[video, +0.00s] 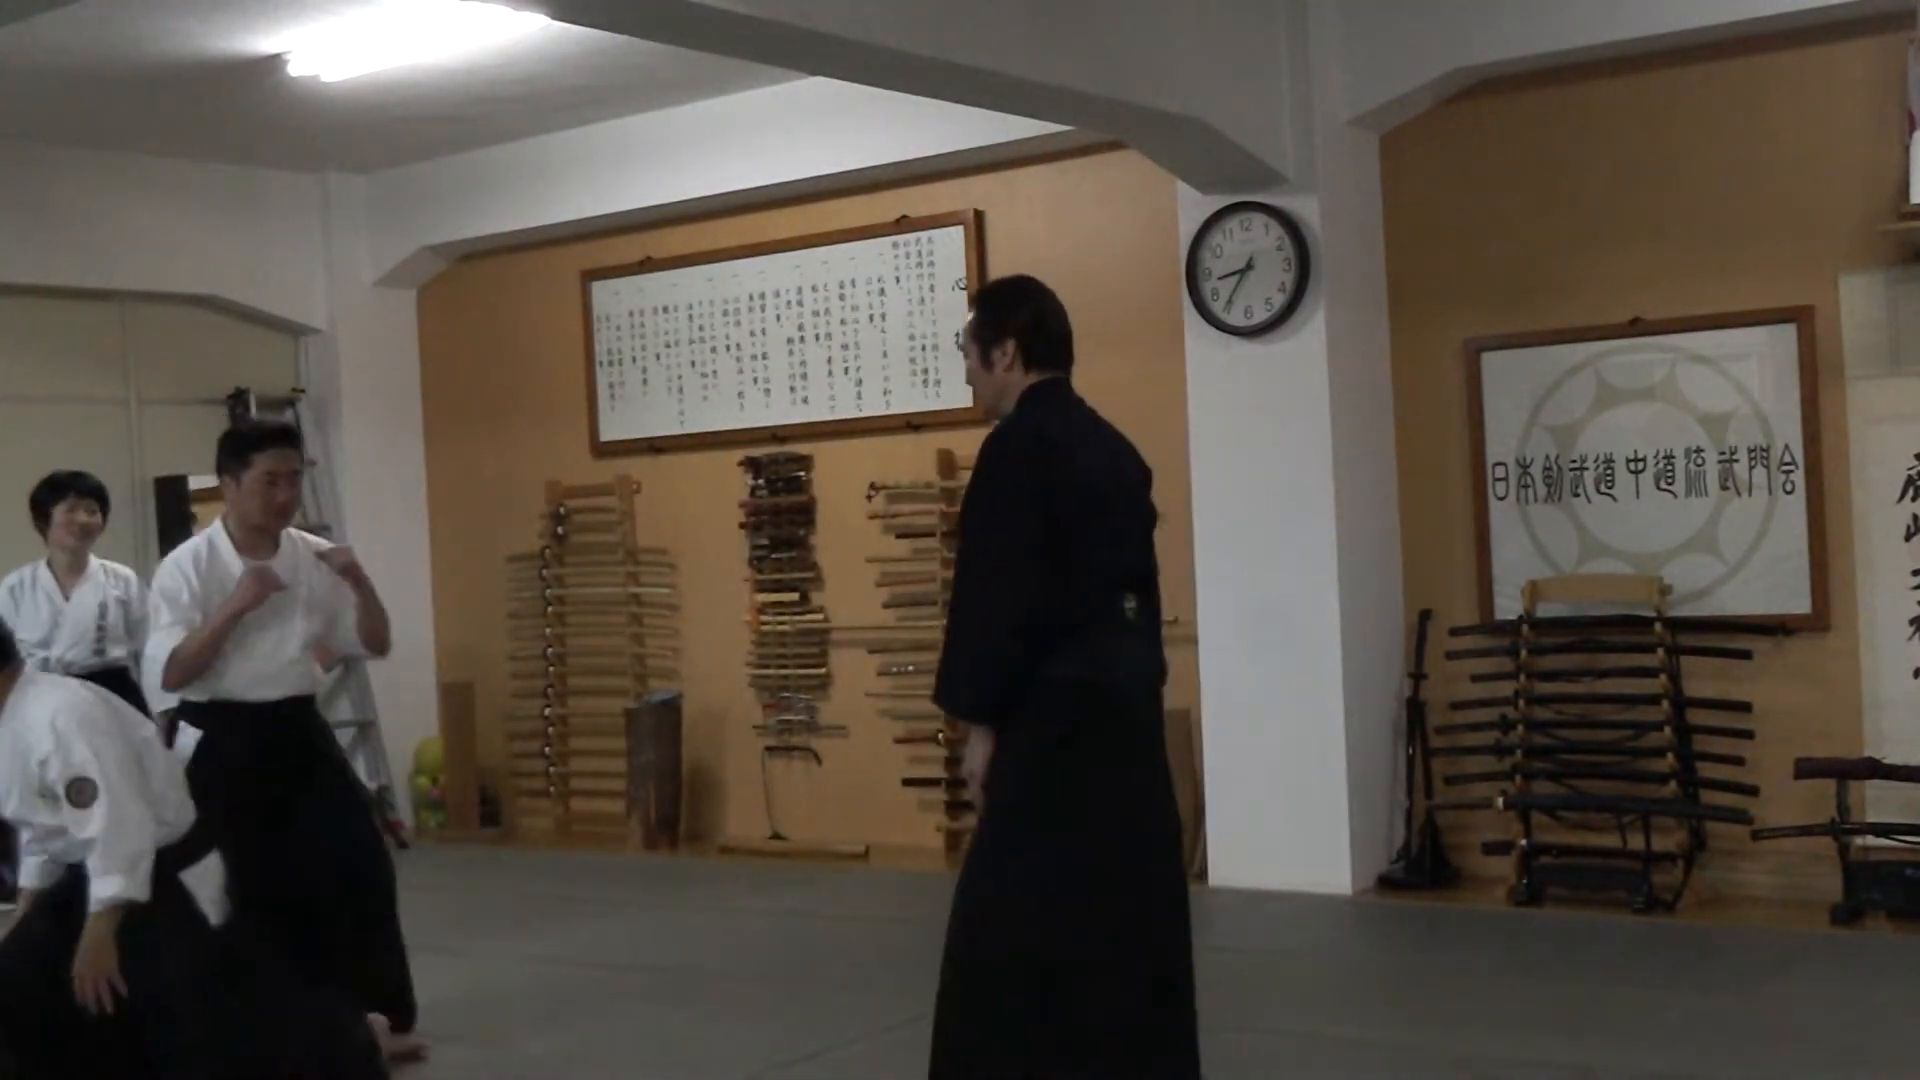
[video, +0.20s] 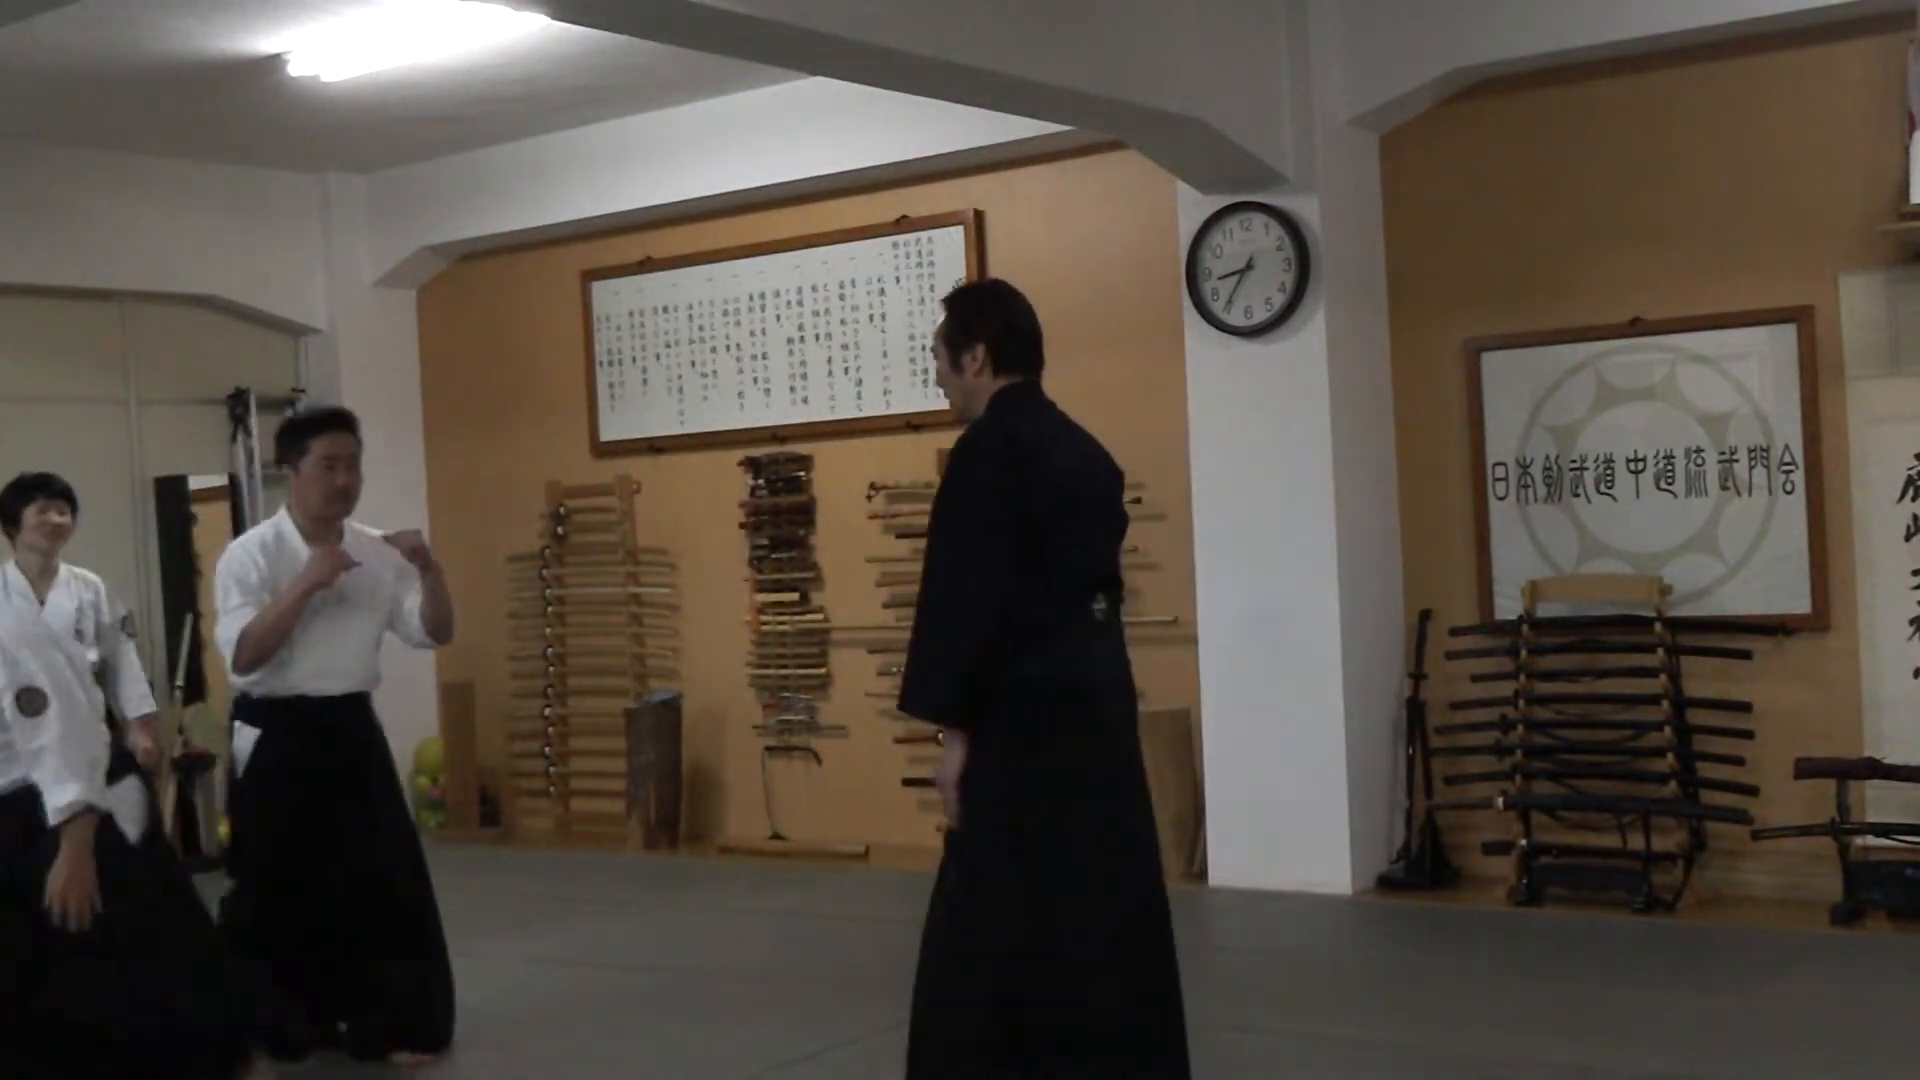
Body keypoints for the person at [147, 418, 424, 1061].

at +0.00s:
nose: (287, 494)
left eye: (295, 480)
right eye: (272, 480)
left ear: (302, 483)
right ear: (229, 484)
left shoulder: (311, 557)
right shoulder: (187, 567)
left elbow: (373, 646)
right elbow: (167, 675)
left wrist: (362, 588)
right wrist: (235, 608)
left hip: (302, 731)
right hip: (224, 740)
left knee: (360, 865)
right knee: (263, 887)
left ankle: (374, 1021)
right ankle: (281, 1032)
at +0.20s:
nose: (345, 479)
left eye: (352, 465)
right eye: (328, 465)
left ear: (361, 474)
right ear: (290, 474)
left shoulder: (377, 554)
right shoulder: (249, 555)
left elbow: (435, 632)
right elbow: (242, 655)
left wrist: (428, 571)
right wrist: (305, 584)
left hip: (353, 733)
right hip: (275, 738)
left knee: (390, 882)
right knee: (277, 891)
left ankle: (405, 1039)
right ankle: (270, 1043)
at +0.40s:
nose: (416, 466)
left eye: (424, 453)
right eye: (400, 450)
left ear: (432, 461)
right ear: (358, 458)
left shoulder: (430, 540)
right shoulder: (312, 539)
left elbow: (493, 628)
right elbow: (309, 639)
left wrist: (483, 553)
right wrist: (381, 563)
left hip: (398, 722)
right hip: (327, 725)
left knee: (416, 870)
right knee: (351, 875)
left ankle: (403, 1022)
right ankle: (349, 1026)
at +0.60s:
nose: (452, 470)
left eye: (460, 456)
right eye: (434, 455)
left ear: (469, 466)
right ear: (391, 467)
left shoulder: (482, 557)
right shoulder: (355, 554)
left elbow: (539, 644)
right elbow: (367, 655)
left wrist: (521, 560)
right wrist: (418, 558)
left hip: (473, 750)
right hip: (394, 757)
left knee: (499, 913)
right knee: (396, 935)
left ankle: (405, 1017)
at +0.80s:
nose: (522, 478)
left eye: (530, 464)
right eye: (503, 464)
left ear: (539, 476)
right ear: (457, 482)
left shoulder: (571, 564)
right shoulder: (424, 573)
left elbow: (639, 654)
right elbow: (434, 690)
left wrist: (635, 583)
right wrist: (479, 594)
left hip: (557, 770)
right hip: (462, 776)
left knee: (644, 876)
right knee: (431, 938)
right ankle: (397, 1069)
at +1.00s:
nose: (690, 494)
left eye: (696, 479)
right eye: (672, 476)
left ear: (704, 486)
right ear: (617, 484)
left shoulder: (710, 562)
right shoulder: (543, 567)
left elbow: (787, 546)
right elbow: (479, 678)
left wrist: (826, 495)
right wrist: (554, 635)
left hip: (647, 786)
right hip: (545, 787)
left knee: (714, 974)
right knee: (494, 981)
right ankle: (431, 1061)